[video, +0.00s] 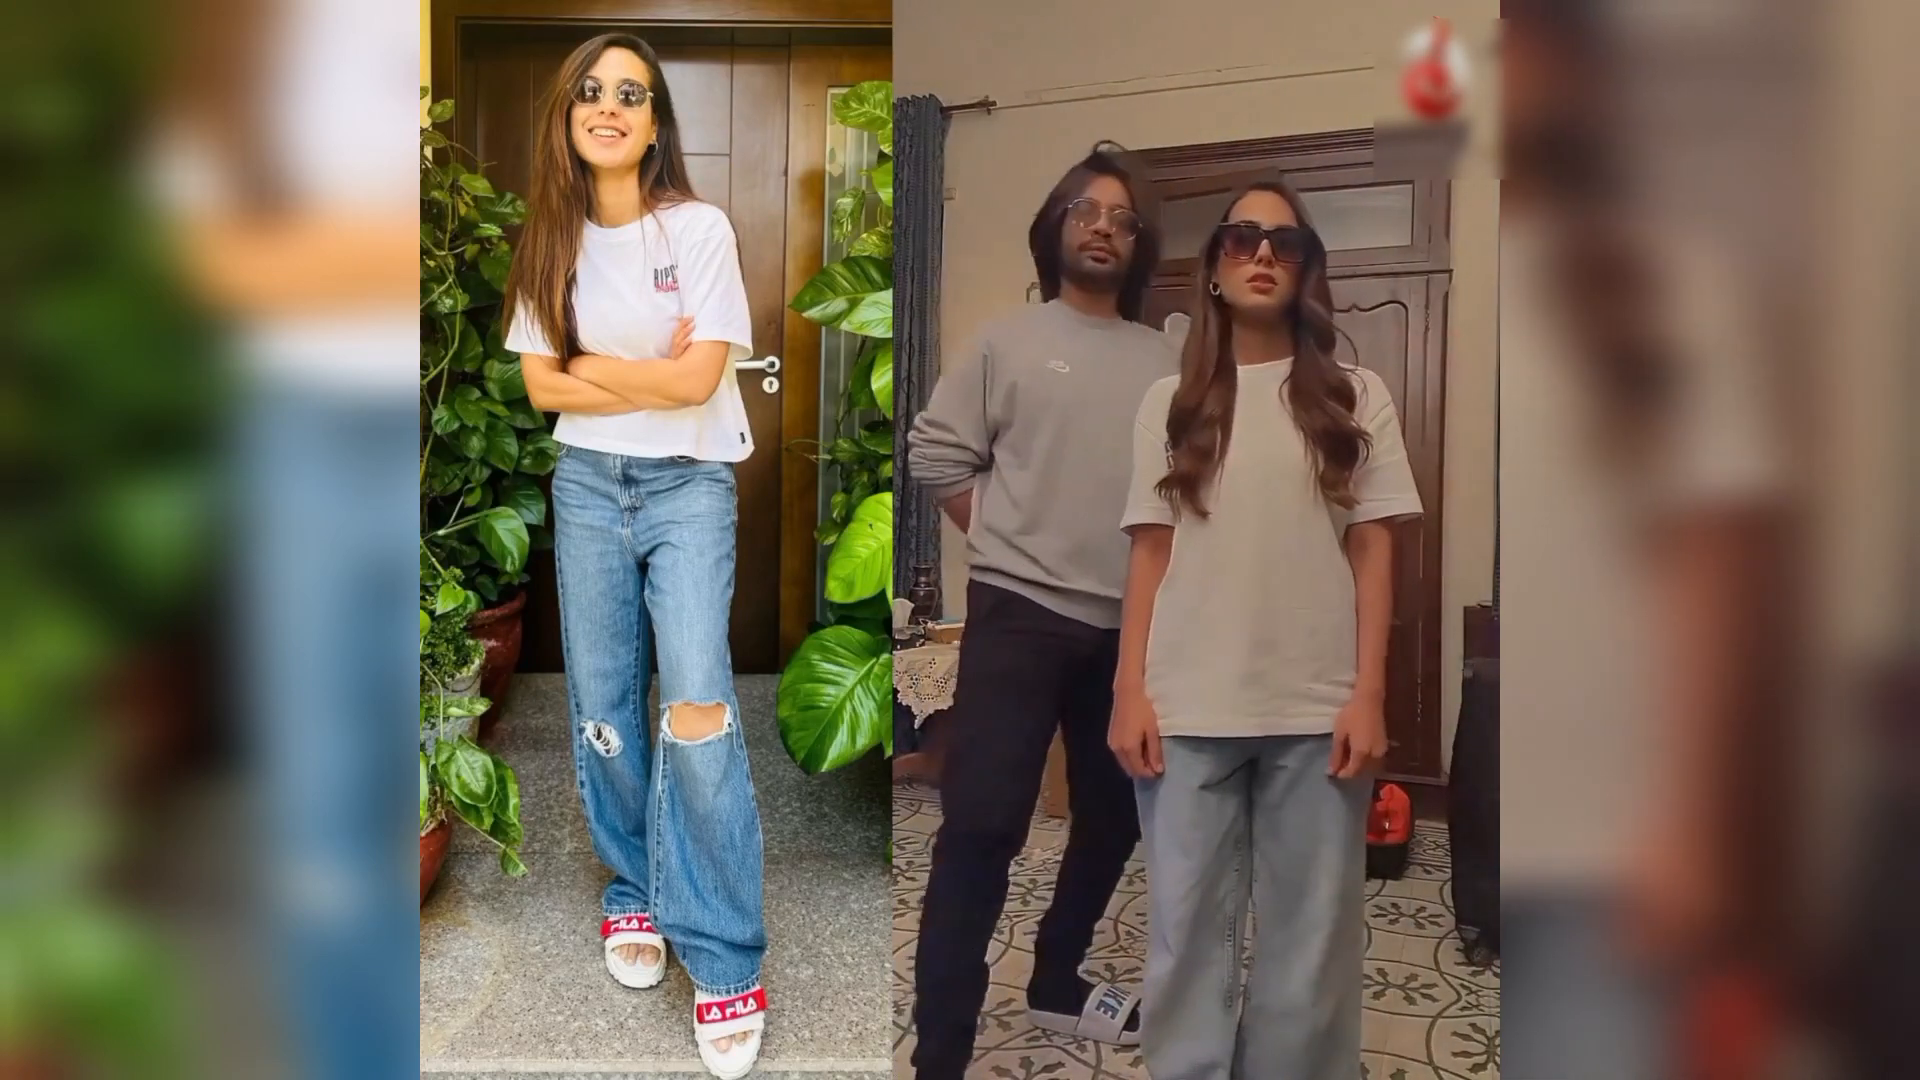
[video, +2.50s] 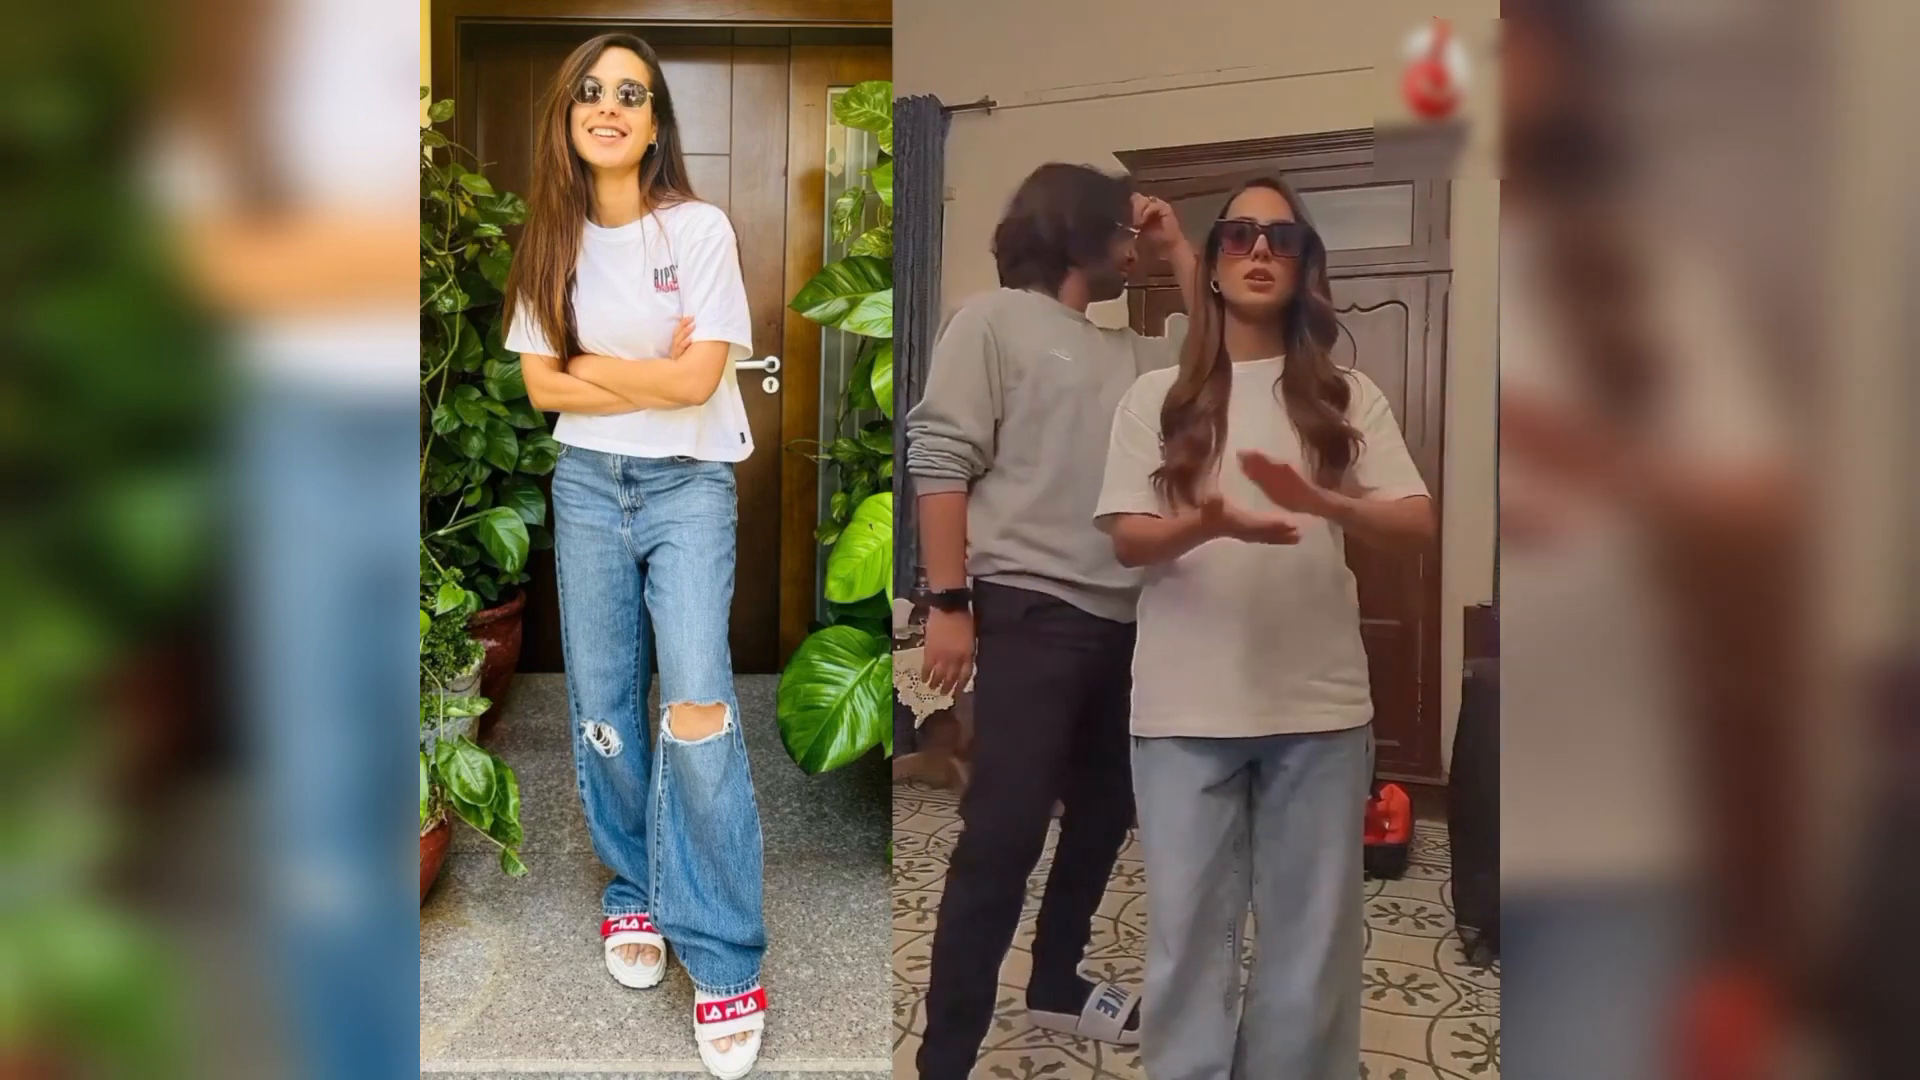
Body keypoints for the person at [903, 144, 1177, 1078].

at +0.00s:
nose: (1103, 227)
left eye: (1121, 217)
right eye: (1085, 212)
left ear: (1139, 242)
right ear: (1052, 231)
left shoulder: (1171, 358)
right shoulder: (1009, 341)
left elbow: (1196, 485)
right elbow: (932, 452)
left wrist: (1157, 561)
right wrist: (1005, 536)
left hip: (1129, 620)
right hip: (1016, 610)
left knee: (1111, 818)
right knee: (982, 825)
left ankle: (1057, 986)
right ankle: (941, 1054)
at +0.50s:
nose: (1087, 204)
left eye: (1100, 193)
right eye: (1066, 187)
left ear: (1113, 222)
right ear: (1020, 205)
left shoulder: (1123, 350)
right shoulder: (978, 326)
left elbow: (1141, 484)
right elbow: (919, 478)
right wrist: (985, 587)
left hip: (1112, 618)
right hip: (1013, 610)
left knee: (1103, 812)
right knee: (1001, 842)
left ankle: (1055, 987)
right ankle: (948, 1061)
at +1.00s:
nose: (1105, 218)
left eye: (1119, 207)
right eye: (1085, 204)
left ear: (1134, 233)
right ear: (1045, 225)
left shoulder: (1152, 361)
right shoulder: (994, 337)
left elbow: (1172, 496)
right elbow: (930, 464)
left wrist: (1162, 598)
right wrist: (952, 586)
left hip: (1124, 621)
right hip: (1009, 611)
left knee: (1112, 821)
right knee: (987, 840)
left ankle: (1057, 990)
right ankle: (942, 1062)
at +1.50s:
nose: (1103, 242)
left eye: (1112, 232)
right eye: (1083, 230)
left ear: (1125, 258)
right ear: (1043, 255)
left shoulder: (1154, 373)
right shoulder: (1007, 353)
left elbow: (1186, 493)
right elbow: (954, 453)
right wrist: (884, 448)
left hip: (1129, 621)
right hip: (1025, 606)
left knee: (1125, 831)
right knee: (995, 828)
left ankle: (1057, 989)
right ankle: (943, 1062)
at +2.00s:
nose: (1137, 225)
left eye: (1136, 213)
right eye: (1115, 210)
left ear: (1128, 238)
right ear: (1063, 226)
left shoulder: (1121, 355)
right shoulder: (996, 326)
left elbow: (1129, 487)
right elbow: (941, 464)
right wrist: (938, 597)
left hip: (1112, 614)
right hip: (1020, 606)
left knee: (1105, 812)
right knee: (1002, 830)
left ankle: (1056, 991)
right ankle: (948, 1061)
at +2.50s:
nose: (1129, 243)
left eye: (1130, 228)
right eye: (1120, 228)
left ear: (1057, 236)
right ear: (1081, 235)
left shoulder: (1125, 345)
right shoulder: (993, 321)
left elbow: (1212, 369)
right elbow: (941, 461)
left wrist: (1182, 263)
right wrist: (947, 602)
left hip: (1123, 621)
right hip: (1026, 614)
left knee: (1101, 814)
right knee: (1001, 836)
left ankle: (1055, 992)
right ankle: (946, 1058)